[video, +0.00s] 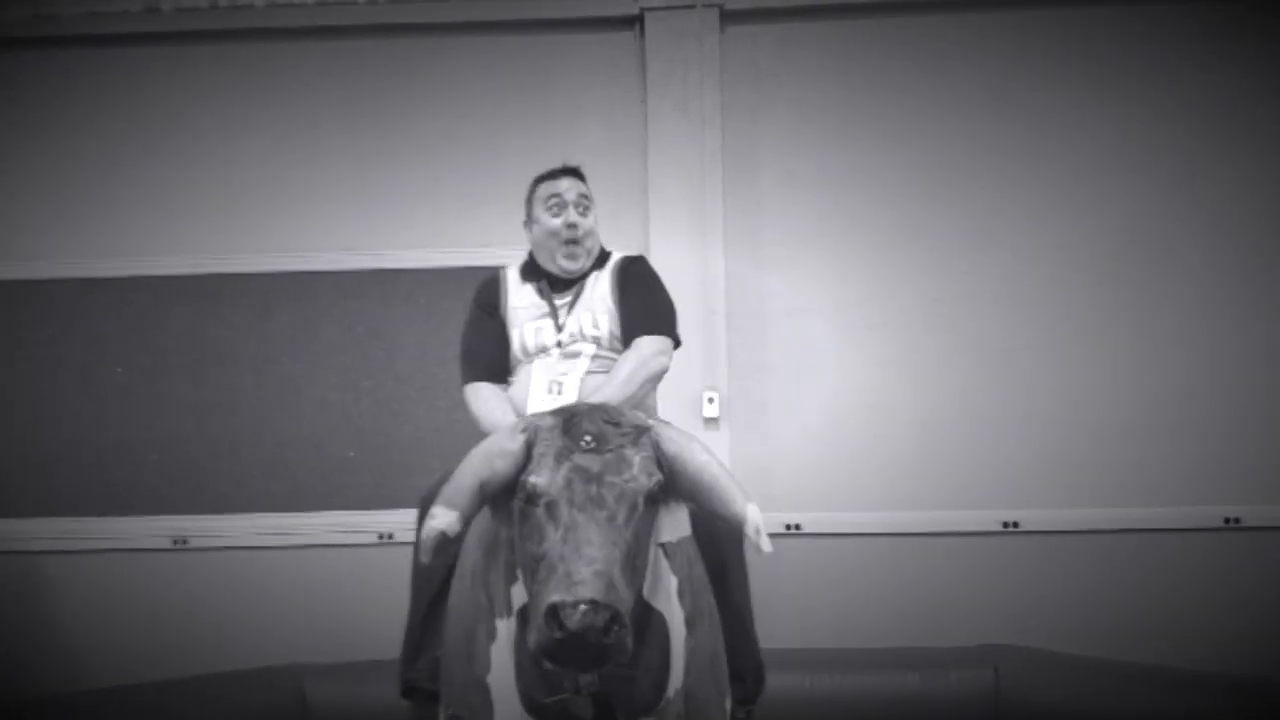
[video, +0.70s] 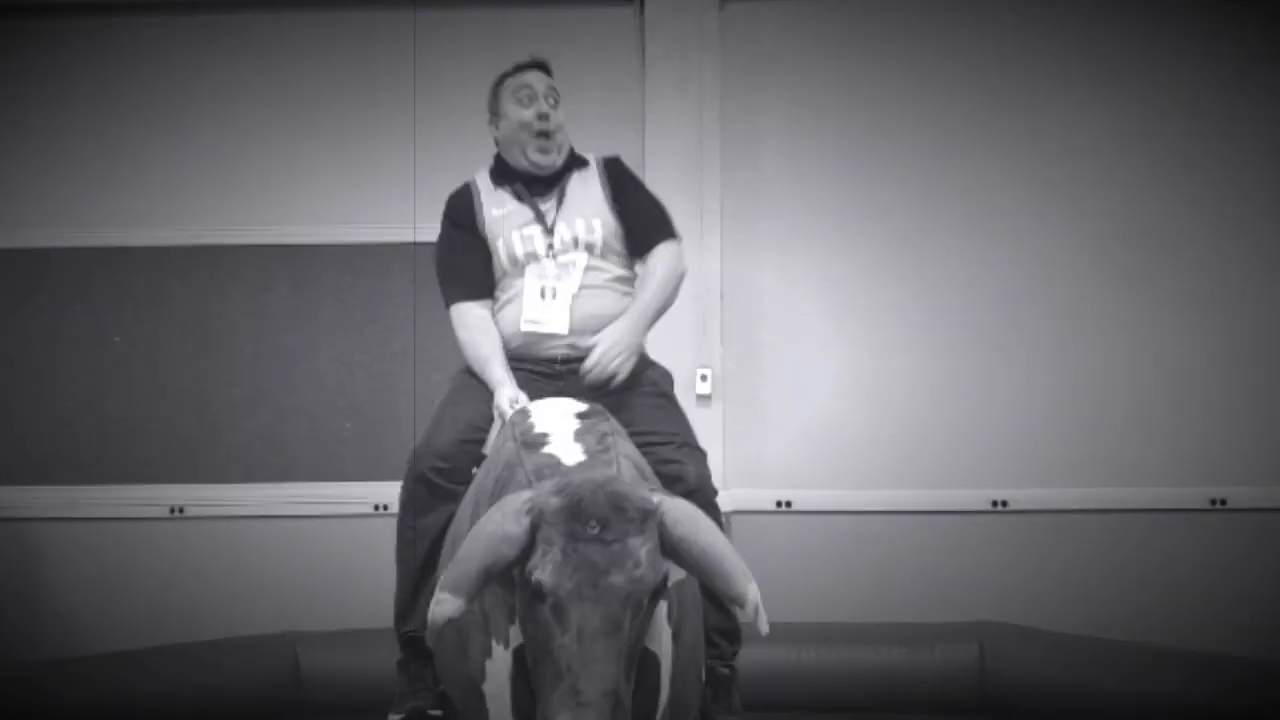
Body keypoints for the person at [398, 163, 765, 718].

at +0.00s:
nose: (572, 218)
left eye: (582, 206)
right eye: (555, 207)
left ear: (597, 221)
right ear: (529, 227)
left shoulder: (628, 272)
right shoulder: (500, 287)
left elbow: (654, 351)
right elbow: (479, 383)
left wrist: (595, 415)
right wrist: (521, 437)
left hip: (625, 422)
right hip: (528, 430)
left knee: (728, 511)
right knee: (441, 519)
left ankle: (742, 659)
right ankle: (420, 666)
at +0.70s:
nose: (545, 112)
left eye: (552, 100)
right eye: (525, 103)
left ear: (566, 116)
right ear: (496, 129)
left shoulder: (609, 178)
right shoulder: (472, 202)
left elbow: (666, 257)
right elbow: (468, 308)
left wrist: (630, 331)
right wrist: (502, 384)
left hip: (615, 363)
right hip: (508, 372)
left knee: (688, 480)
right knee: (432, 469)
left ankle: (716, 665)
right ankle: (420, 664)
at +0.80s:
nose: (536, 92)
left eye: (541, 80)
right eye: (515, 84)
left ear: (556, 94)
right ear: (485, 113)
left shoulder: (607, 158)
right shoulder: (468, 189)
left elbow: (686, 213)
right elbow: (470, 296)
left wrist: (700, 262)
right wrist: (503, 376)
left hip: (618, 352)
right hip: (510, 361)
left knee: (693, 481)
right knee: (433, 464)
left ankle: (719, 659)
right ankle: (418, 660)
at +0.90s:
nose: (535, 77)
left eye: (540, 64)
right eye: (513, 68)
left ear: (554, 81)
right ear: (480, 98)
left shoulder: (609, 144)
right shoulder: (468, 181)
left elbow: (693, 186)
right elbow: (474, 292)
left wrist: (744, 188)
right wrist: (510, 375)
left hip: (625, 345)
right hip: (519, 353)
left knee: (699, 479)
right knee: (436, 460)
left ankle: (722, 664)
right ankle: (419, 653)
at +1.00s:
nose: (533, 64)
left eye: (534, 51)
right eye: (509, 56)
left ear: (547, 65)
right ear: (474, 87)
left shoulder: (605, 132)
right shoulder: (466, 172)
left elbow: (699, 155)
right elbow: (474, 284)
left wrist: (765, 111)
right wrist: (508, 371)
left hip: (626, 339)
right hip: (519, 346)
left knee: (700, 476)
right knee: (434, 456)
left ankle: (725, 663)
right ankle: (418, 652)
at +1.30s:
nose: (529, 45)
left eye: (527, 35)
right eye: (505, 40)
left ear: (542, 55)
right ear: (473, 80)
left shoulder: (604, 111)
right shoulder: (469, 158)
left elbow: (685, 76)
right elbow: (485, 278)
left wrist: (717, 8)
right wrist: (514, 370)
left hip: (636, 328)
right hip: (525, 336)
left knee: (708, 474)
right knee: (438, 456)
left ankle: (730, 655)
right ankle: (421, 654)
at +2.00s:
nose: (494, 48)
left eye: (489, 44)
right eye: (471, 47)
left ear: (507, 67)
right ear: (438, 97)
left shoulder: (579, 116)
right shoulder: (446, 172)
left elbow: (661, 141)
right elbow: (474, 295)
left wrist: (740, 98)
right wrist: (510, 409)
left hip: (638, 353)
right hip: (514, 365)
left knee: (709, 518)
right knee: (428, 509)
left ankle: (735, 695)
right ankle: (411, 697)